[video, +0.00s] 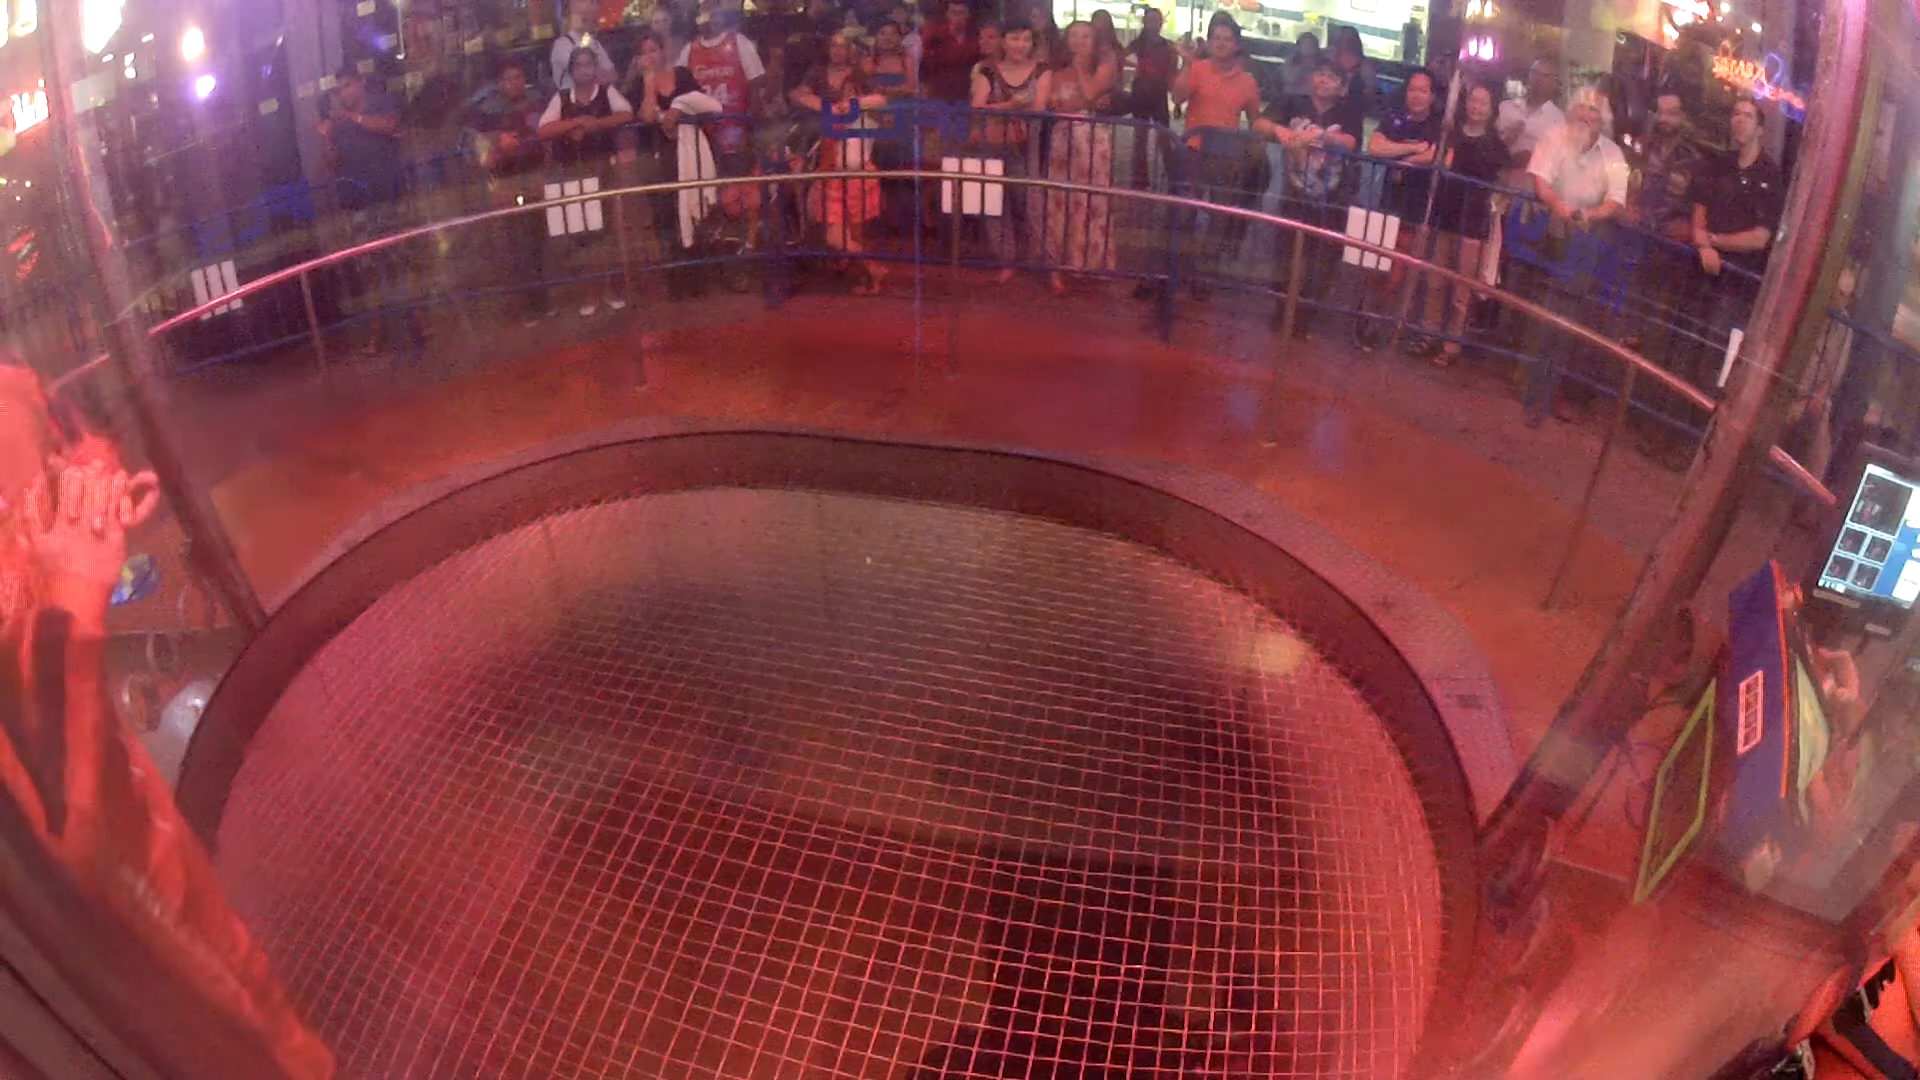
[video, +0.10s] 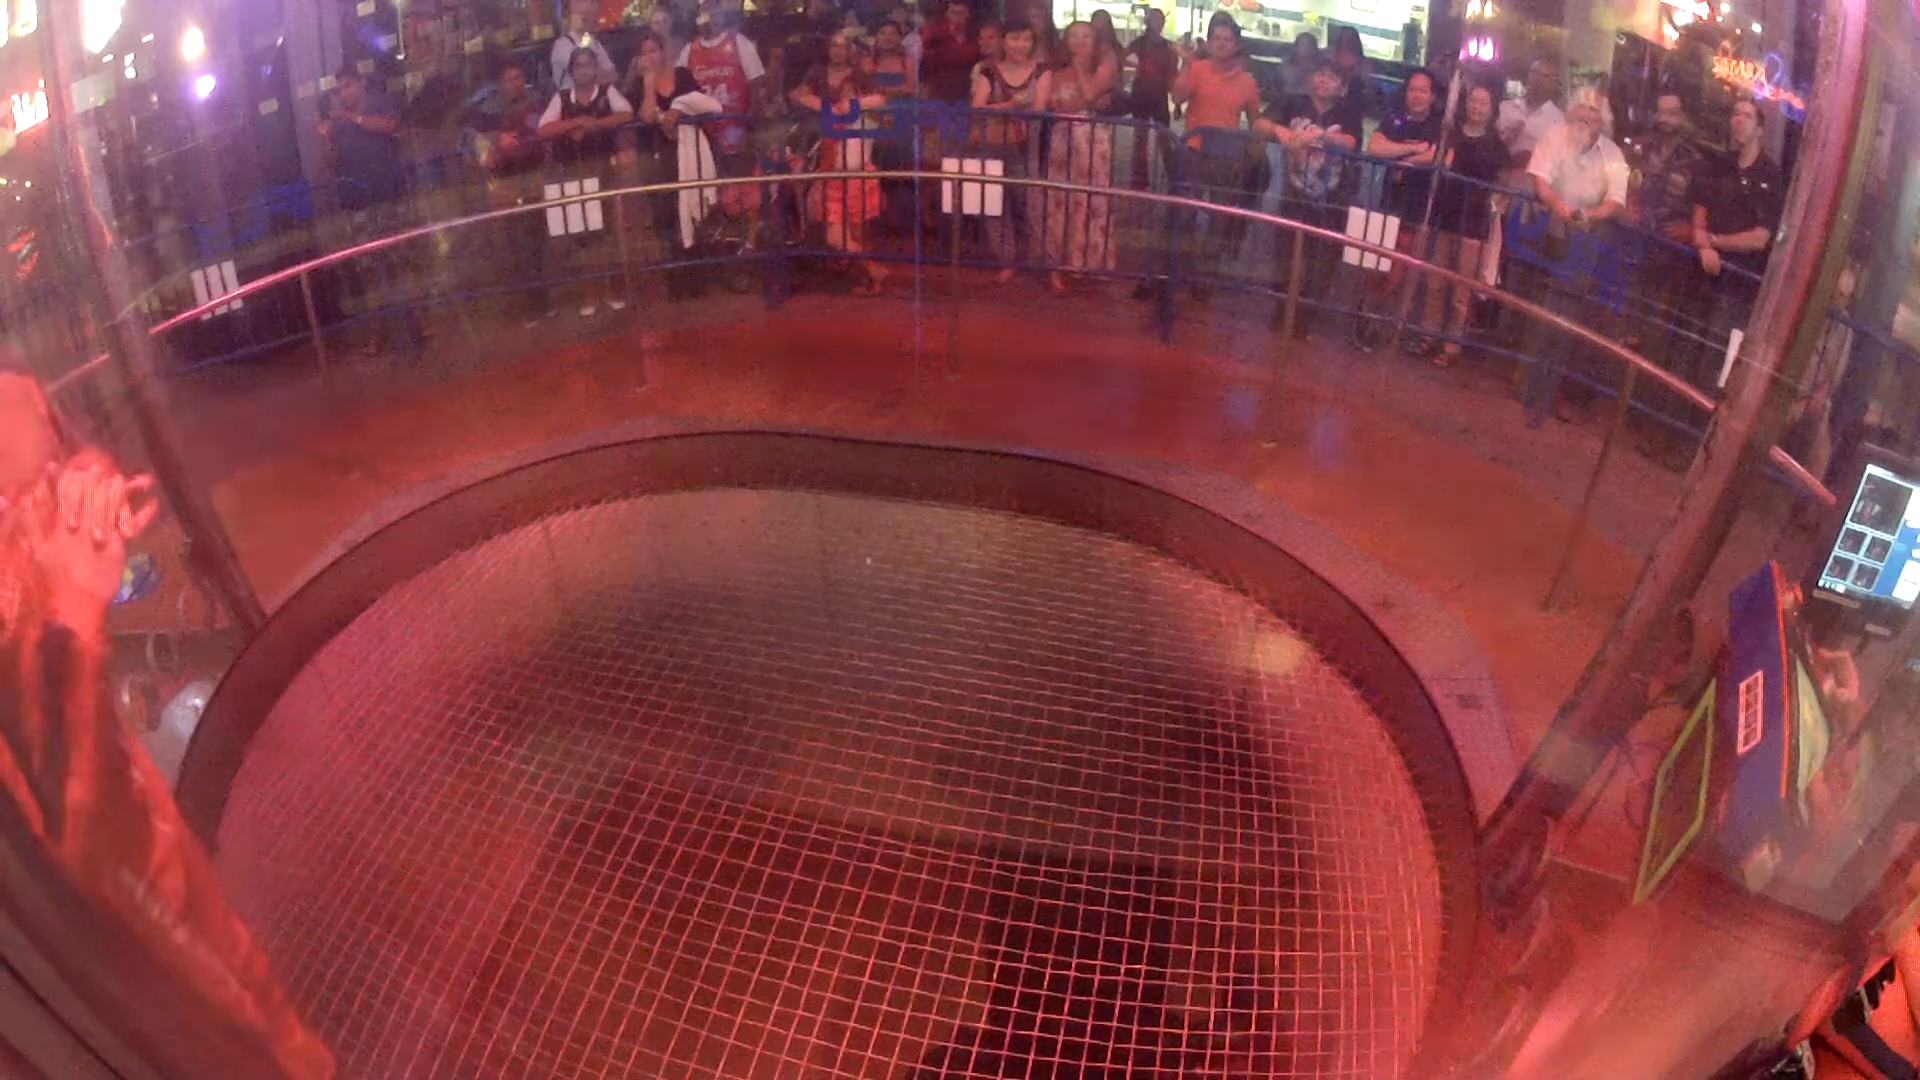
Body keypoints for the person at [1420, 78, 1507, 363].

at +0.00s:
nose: (1476, 107)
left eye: (1483, 102)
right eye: (1473, 100)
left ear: (1492, 110)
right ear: (1465, 104)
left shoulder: (1496, 146)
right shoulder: (1452, 138)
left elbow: (1490, 174)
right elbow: (1437, 166)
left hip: (1473, 219)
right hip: (1443, 213)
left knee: (1462, 286)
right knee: (1435, 279)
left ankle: (1452, 342)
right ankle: (1428, 333)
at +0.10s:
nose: (1476, 107)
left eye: (1483, 103)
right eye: (1472, 101)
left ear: (1492, 110)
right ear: (1465, 104)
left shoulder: (1496, 147)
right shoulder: (1451, 137)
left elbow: (1495, 180)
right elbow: (1436, 167)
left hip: (1474, 219)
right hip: (1443, 214)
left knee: (1462, 287)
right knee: (1434, 280)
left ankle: (1452, 343)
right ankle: (1429, 334)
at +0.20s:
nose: (1476, 107)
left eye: (1483, 103)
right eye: (1473, 101)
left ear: (1493, 110)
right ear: (1465, 104)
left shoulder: (1496, 147)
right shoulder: (1452, 137)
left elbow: (1498, 182)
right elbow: (1437, 168)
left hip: (1474, 220)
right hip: (1443, 214)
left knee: (1462, 287)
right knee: (1435, 280)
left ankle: (1452, 343)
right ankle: (1429, 334)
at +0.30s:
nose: (1477, 107)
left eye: (1483, 103)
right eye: (1473, 100)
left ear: (1493, 110)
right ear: (1465, 104)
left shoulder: (1497, 147)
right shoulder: (1451, 137)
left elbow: (1498, 182)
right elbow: (1437, 167)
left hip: (1474, 219)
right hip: (1443, 213)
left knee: (1463, 285)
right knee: (1435, 280)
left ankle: (1452, 342)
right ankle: (1429, 333)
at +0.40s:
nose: (1477, 107)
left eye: (1484, 103)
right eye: (1473, 100)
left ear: (1494, 109)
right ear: (1465, 103)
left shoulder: (1498, 147)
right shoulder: (1452, 137)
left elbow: (1494, 178)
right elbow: (1438, 169)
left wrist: (1456, 161)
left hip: (1474, 219)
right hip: (1443, 213)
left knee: (1463, 285)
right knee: (1435, 279)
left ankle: (1452, 342)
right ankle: (1429, 333)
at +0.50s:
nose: (1477, 107)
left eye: (1484, 103)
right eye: (1473, 101)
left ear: (1494, 109)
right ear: (1465, 104)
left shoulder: (1498, 146)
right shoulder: (1452, 136)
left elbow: (1494, 180)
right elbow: (1438, 167)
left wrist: (1456, 161)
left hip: (1474, 219)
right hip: (1443, 212)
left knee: (1463, 285)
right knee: (1435, 280)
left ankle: (1452, 342)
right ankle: (1429, 333)